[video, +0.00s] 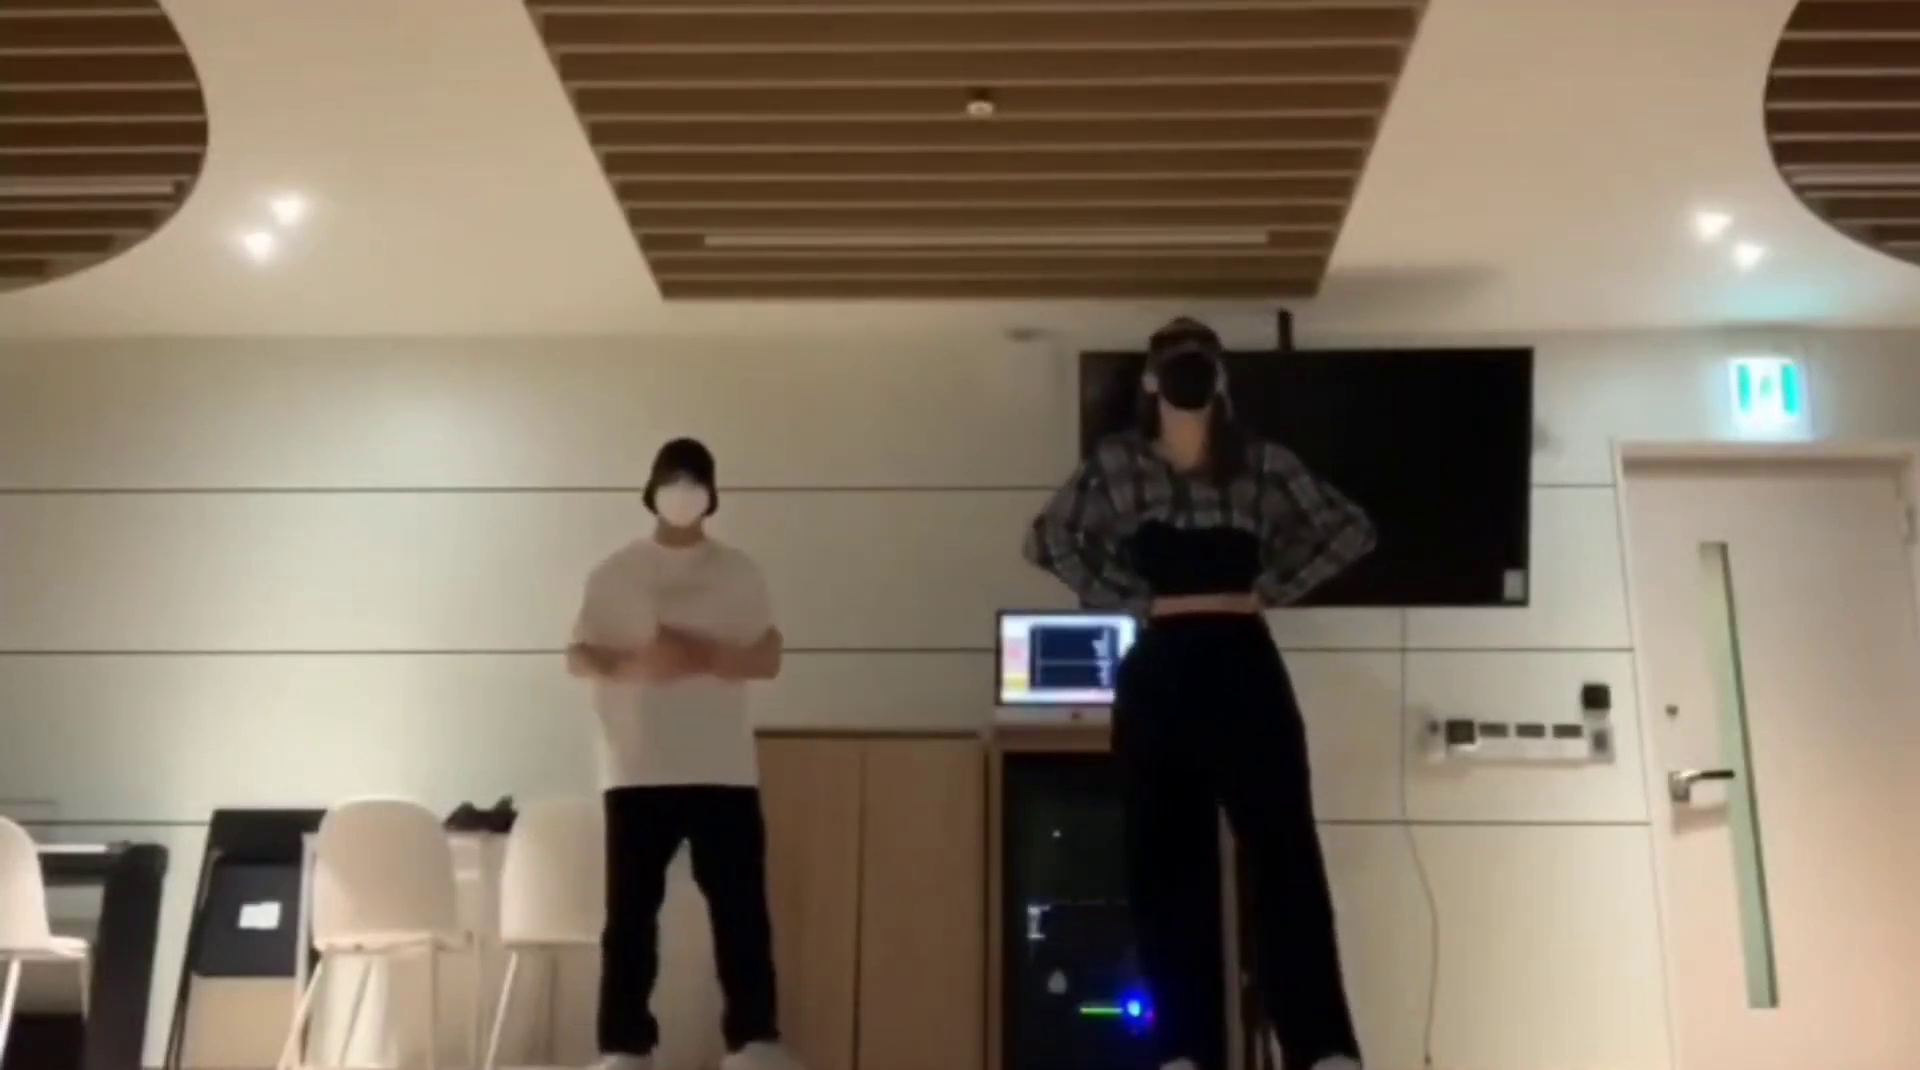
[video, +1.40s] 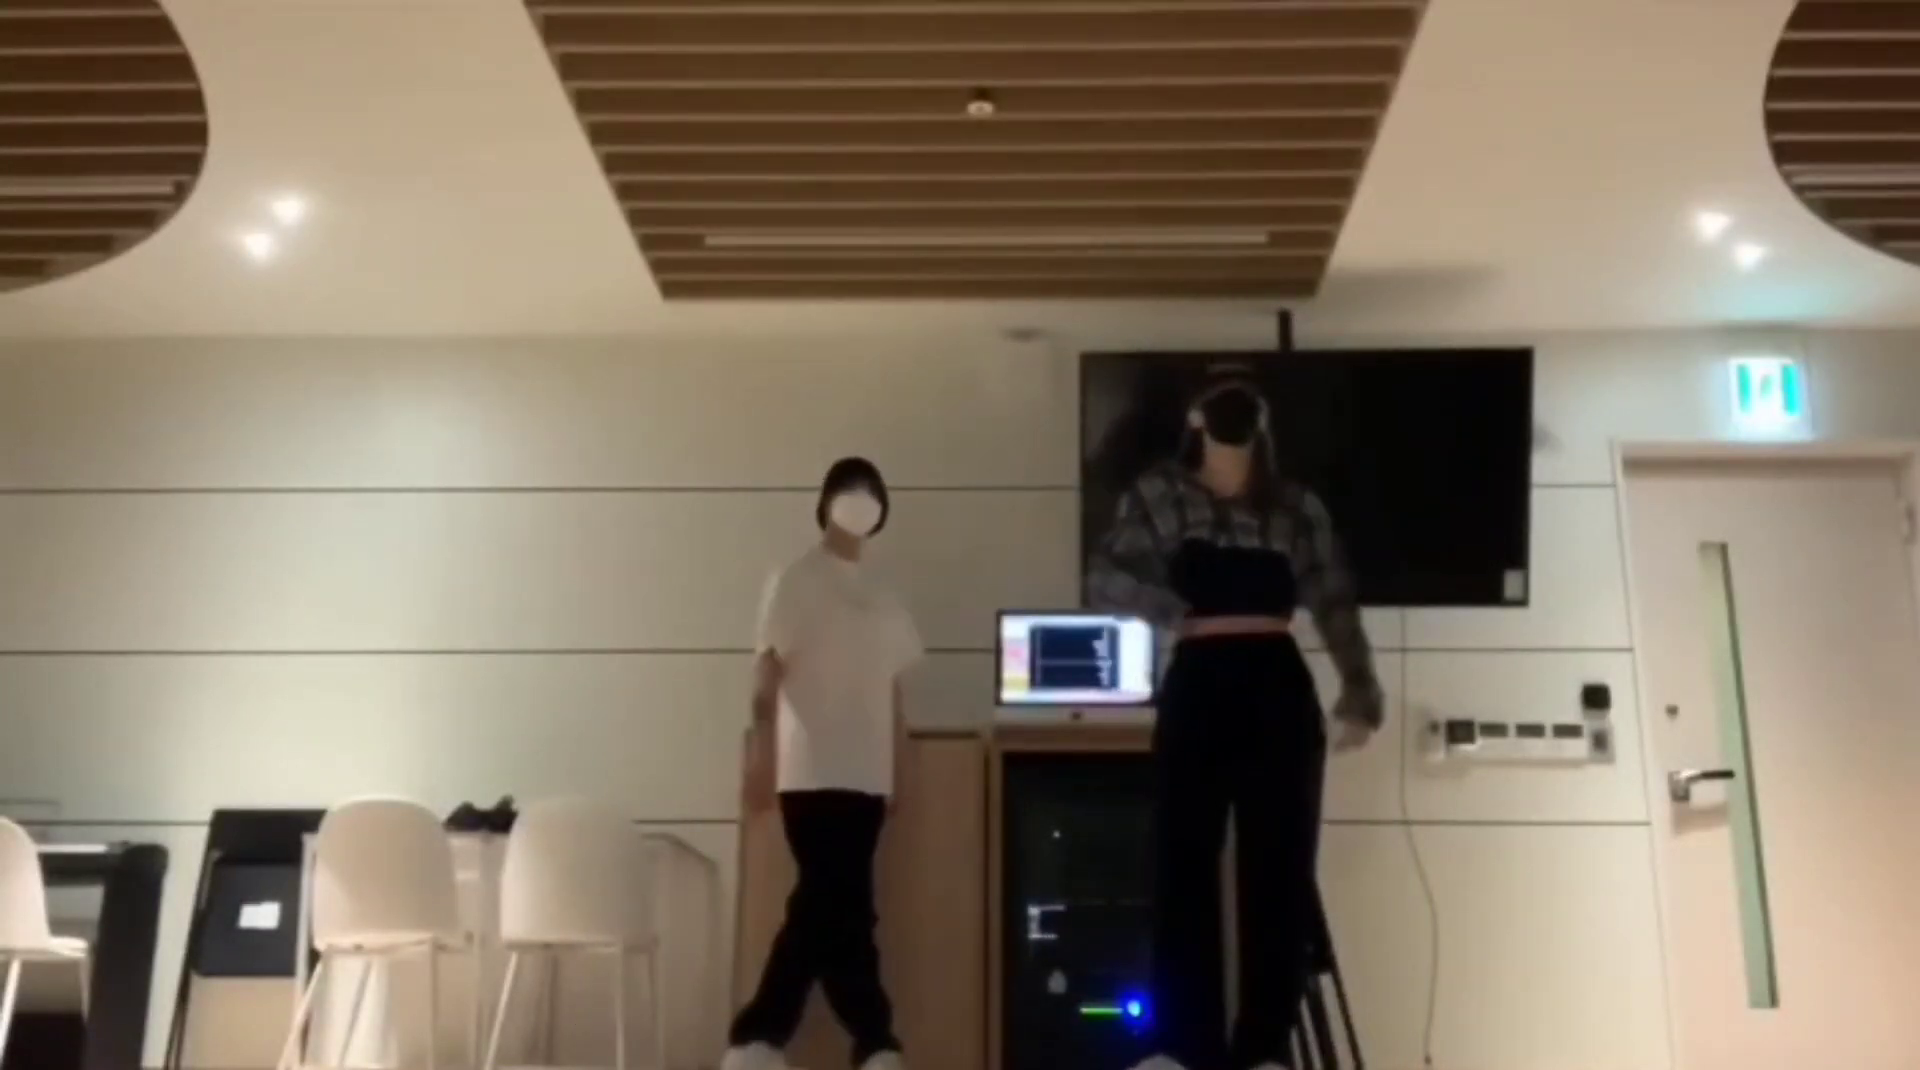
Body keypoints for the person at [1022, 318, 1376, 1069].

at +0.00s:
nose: (1189, 368)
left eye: (1199, 356)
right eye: (1174, 358)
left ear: (1221, 376)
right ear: (1150, 379)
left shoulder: (1264, 464)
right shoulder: (1116, 465)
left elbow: (1352, 530)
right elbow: (1049, 538)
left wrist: (1277, 586)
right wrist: (1126, 595)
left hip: (1248, 670)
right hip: (1162, 674)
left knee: (1283, 854)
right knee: (1168, 860)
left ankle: (1321, 1047)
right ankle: (1184, 1046)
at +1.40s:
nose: (1235, 423)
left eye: (1245, 413)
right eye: (1222, 413)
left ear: (1264, 425)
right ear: (1196, 424)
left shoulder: (1295, 507)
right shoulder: (1162, 496)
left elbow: (1334, 604)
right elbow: (1103, 576)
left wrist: (1360, 689)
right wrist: (1162, 604)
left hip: (1280, 693)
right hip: (1198, 692)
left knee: (1279, 871)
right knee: (1187, 866)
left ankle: (1266, 1039)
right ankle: (1190, 1038)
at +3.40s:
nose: (1206, 426)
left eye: (1217, 415)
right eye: (1192, 415)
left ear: (1236, 431)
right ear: (1168, 431)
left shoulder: (1270, 517)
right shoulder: (1131, 519)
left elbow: (1296, 620)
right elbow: (1112, 617)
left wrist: (1317, 716)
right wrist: (1132, 696)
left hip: (1256, 704)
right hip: (1178, 705)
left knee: (1260, 868)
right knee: (1189, 870)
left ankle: (1255, 1040)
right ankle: (1200, 1039)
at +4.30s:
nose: (1169, 410)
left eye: (1181, 397)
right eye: (1153, 399)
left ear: (1201, 413)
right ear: (1129, 417)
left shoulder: (1228, 494)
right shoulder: (1096, 493)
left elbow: (1244, 586)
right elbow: (1056, 585)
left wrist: (1237, 634)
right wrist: (1085, 678)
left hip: (1202, 689)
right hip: (1123, 688)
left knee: (1194, 829)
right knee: (1108, 839)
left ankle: (1186, 971)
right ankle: (1100, 993)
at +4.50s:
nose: (1177, 418)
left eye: (1188, 407)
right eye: (1163, 407)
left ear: (1207, 423)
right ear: (1137, 424)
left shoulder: (1229, 497)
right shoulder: (1100, 506)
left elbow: (1260, 561)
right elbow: (1068, 596)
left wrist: (1309, 573)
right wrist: (1092, 652)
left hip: (1222, 698)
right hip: (1134, 700)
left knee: (1291, 852)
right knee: (1083, 858)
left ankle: (1405, 1032)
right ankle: (1090, 1035)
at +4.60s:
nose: (1175, 423)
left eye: (1188, 411)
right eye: (1162, 412)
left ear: (1210, 429)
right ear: (1140, 428)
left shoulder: (1244, 489)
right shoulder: (1121, 507)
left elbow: (1346, 527)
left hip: (1253, 695)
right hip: (1167, 712)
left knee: (1348, 861)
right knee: (1105, 864)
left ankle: (1446, 1056)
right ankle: (1086, 1041)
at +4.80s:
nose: (1200, 413)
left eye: (1210, 401)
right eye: (1193, 401)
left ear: (1225, 418)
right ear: (1174, 418)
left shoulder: (1251, 476)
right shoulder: (1149, 498)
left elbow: (1338, 467)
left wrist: (1455, 451)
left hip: (1260, 683)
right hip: (1183, 702)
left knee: (1358, 860)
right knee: (1121, 865)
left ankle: (1447, 1050)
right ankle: (1083, 1041)